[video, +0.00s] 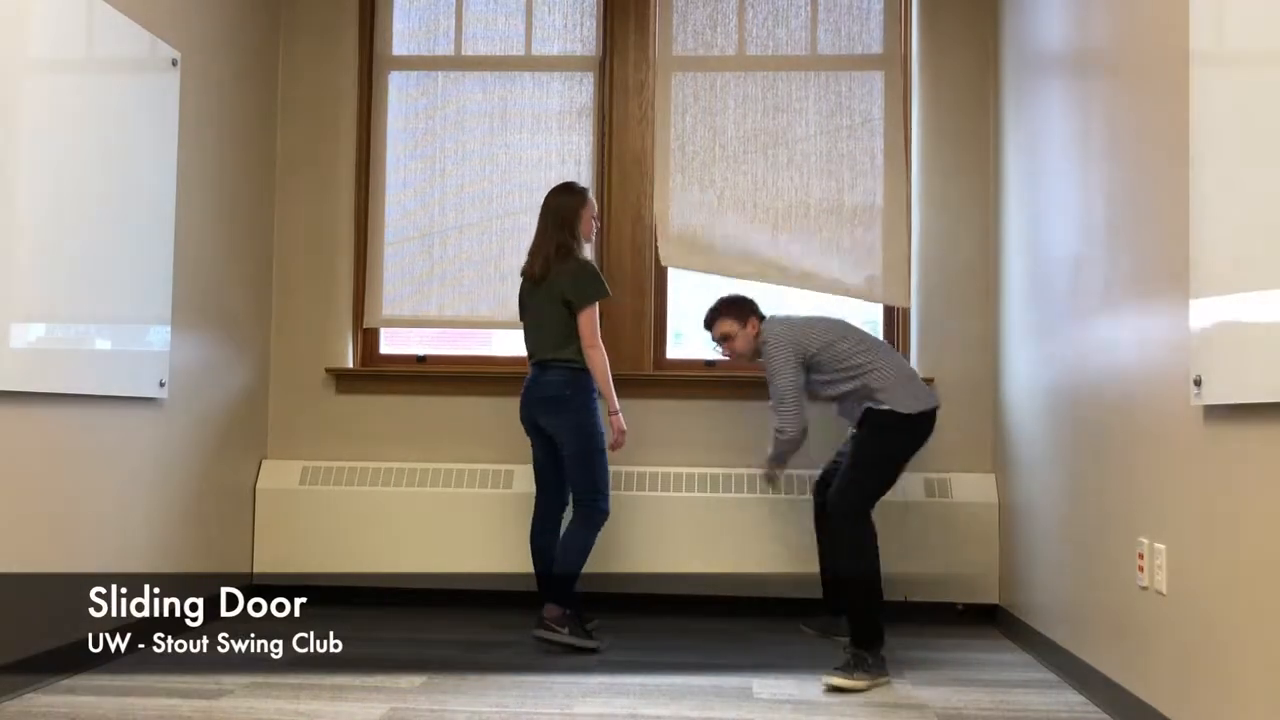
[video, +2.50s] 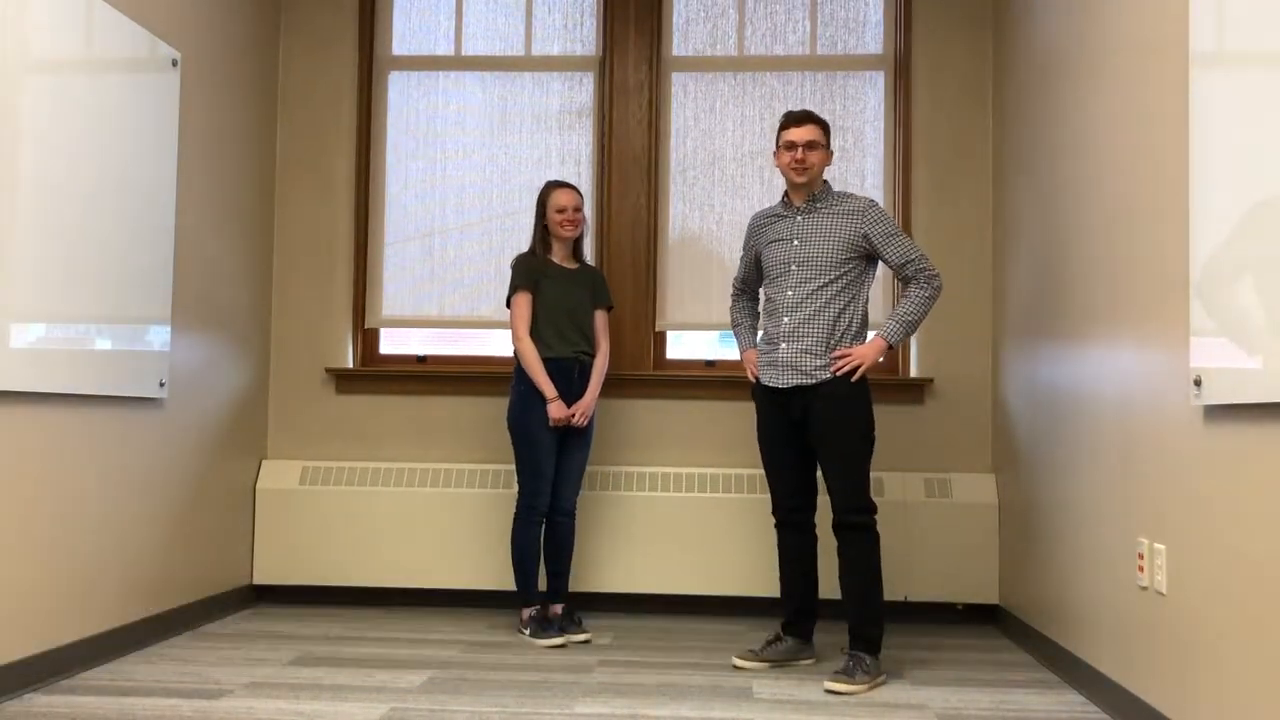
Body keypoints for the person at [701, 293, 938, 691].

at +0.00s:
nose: (724, 351)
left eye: (727, 339)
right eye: (719, 343)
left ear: (752, 325)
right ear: (750, 328)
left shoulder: (778, 340)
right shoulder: (781, 334)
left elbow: (792, 427)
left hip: (900, 409)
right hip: (886, 408)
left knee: (846, 504)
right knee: (828, 492)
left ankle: (868, 655)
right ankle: (840, 616)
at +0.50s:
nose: (820, 202)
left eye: (831, 192)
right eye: (810, 193)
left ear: (847, 200)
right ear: (794, 202)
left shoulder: (883, 244)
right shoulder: (796, 266)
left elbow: (968, 289)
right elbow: (811, 344)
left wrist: (947, 369)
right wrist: (822, 401)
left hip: (895, 398)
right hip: (836, 404)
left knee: (865, 514)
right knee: (807, 510)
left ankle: (872, 656)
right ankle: (832, 616)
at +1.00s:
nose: (843, 153)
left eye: (853, 143)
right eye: (832, 146)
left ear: (870, 152)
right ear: (817, 158)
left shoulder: (904, 211)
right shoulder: (803, 216)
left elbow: (972, 266)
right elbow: (782, 270)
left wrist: (940, 329)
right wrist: (790, 333)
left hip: (881, 385)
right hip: (814, 385)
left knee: (873, 515)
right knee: (798, 510)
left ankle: (873, 652)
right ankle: (798, 637)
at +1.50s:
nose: (806, 153)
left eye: (815, 144)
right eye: (795, 146)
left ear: (831, 154)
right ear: (780, 158)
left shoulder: (864, 213)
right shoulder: (766, 224)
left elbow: (930, 277)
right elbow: (746, 286)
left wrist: (887, 335)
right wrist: (752, 342)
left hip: (843, 387)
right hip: (781, 390)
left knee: (850, 516)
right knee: (794, 519)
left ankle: (866, 653)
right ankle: (795, 639)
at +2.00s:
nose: (796, 155)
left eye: (806, 146)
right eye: (786, 147)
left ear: (823, 156)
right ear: (771, 158)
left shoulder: (853, 214)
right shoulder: (757, 226)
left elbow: (920, 278)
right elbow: (737, 292)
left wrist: (878, 340)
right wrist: (743, 345)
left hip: (834, 388)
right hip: (772, 391)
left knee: (847, 516)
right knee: (789, 518)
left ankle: (863, 651)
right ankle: (795, 637)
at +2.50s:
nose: (799, 155)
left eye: (810, 146)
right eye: (789, 147)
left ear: (828, 155)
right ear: (776, 157)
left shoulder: (858, 214)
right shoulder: (762, 225)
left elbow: (924, 280)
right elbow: (743, 294)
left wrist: (882, 340)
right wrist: (747, 344)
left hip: (838, 388)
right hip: (776, 392)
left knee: (852, 516)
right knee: (791, 517)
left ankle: (863, 653)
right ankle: (795, 636)